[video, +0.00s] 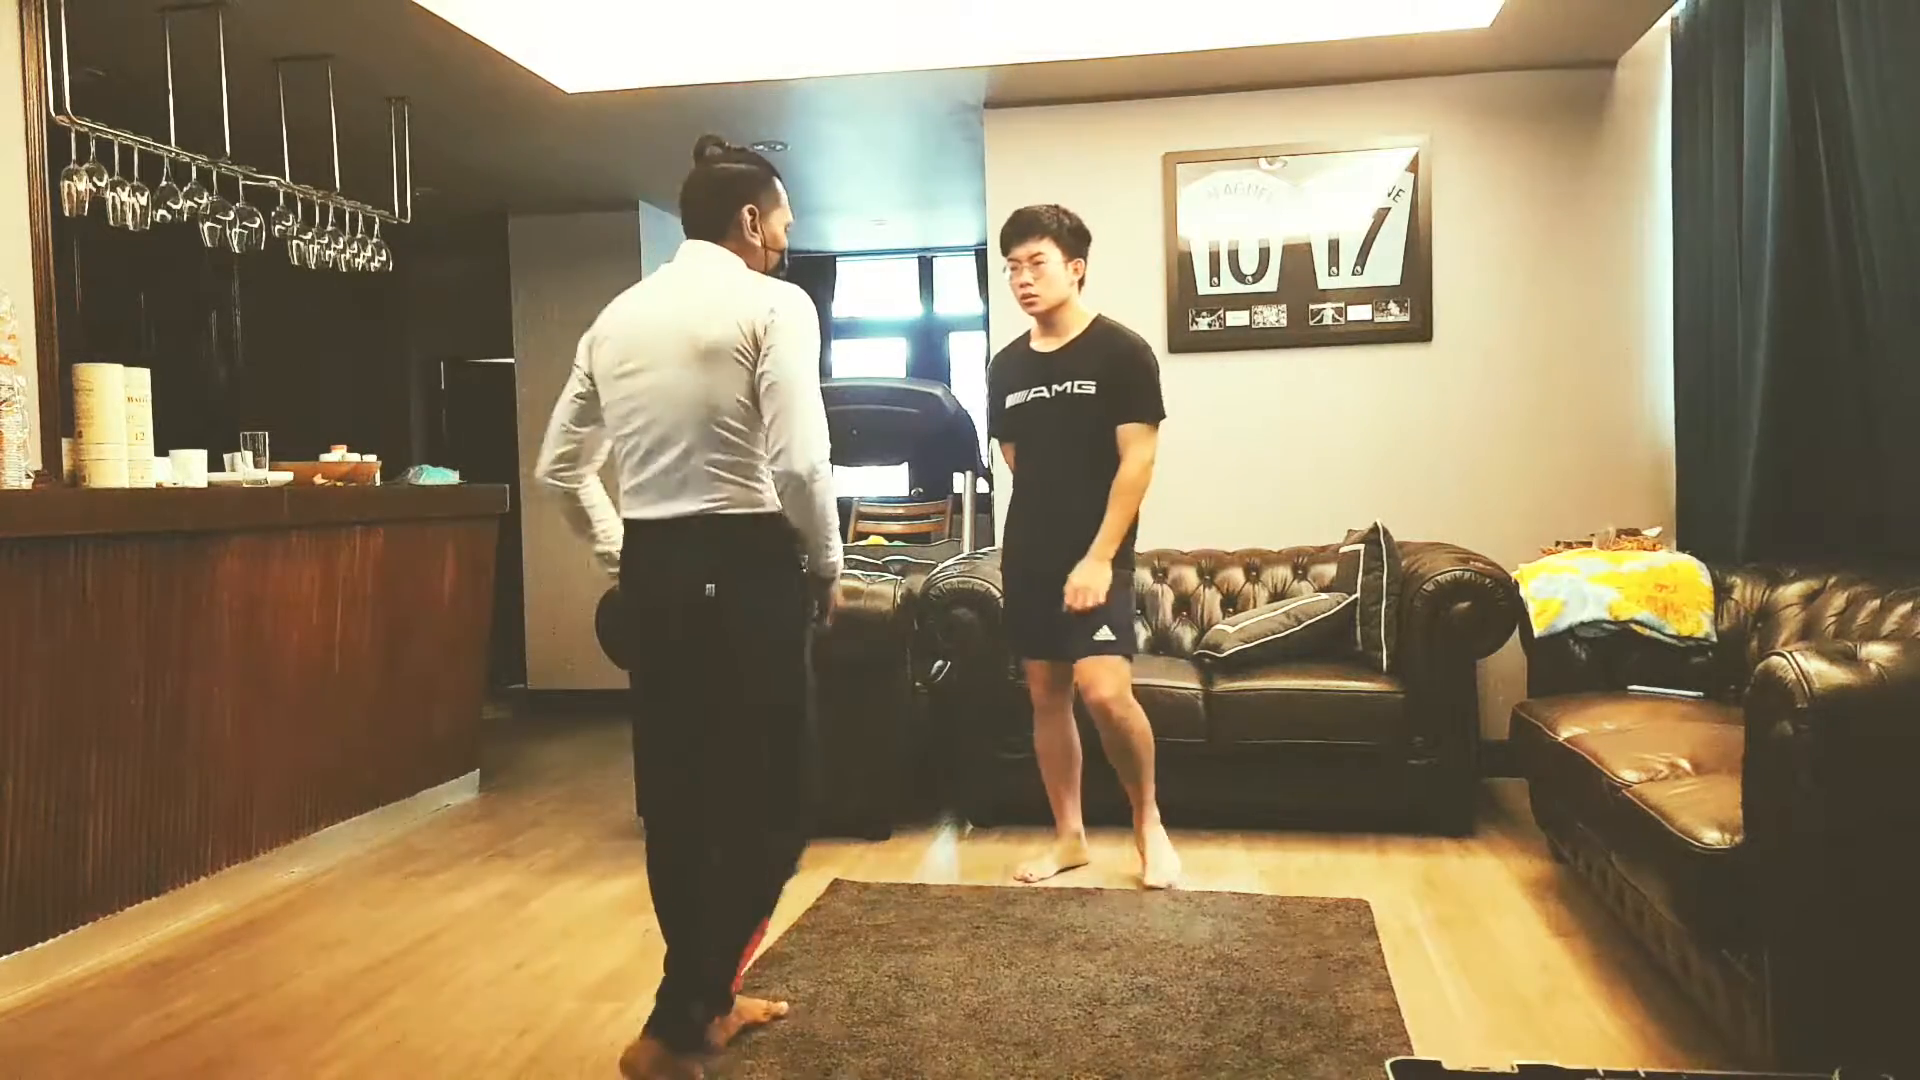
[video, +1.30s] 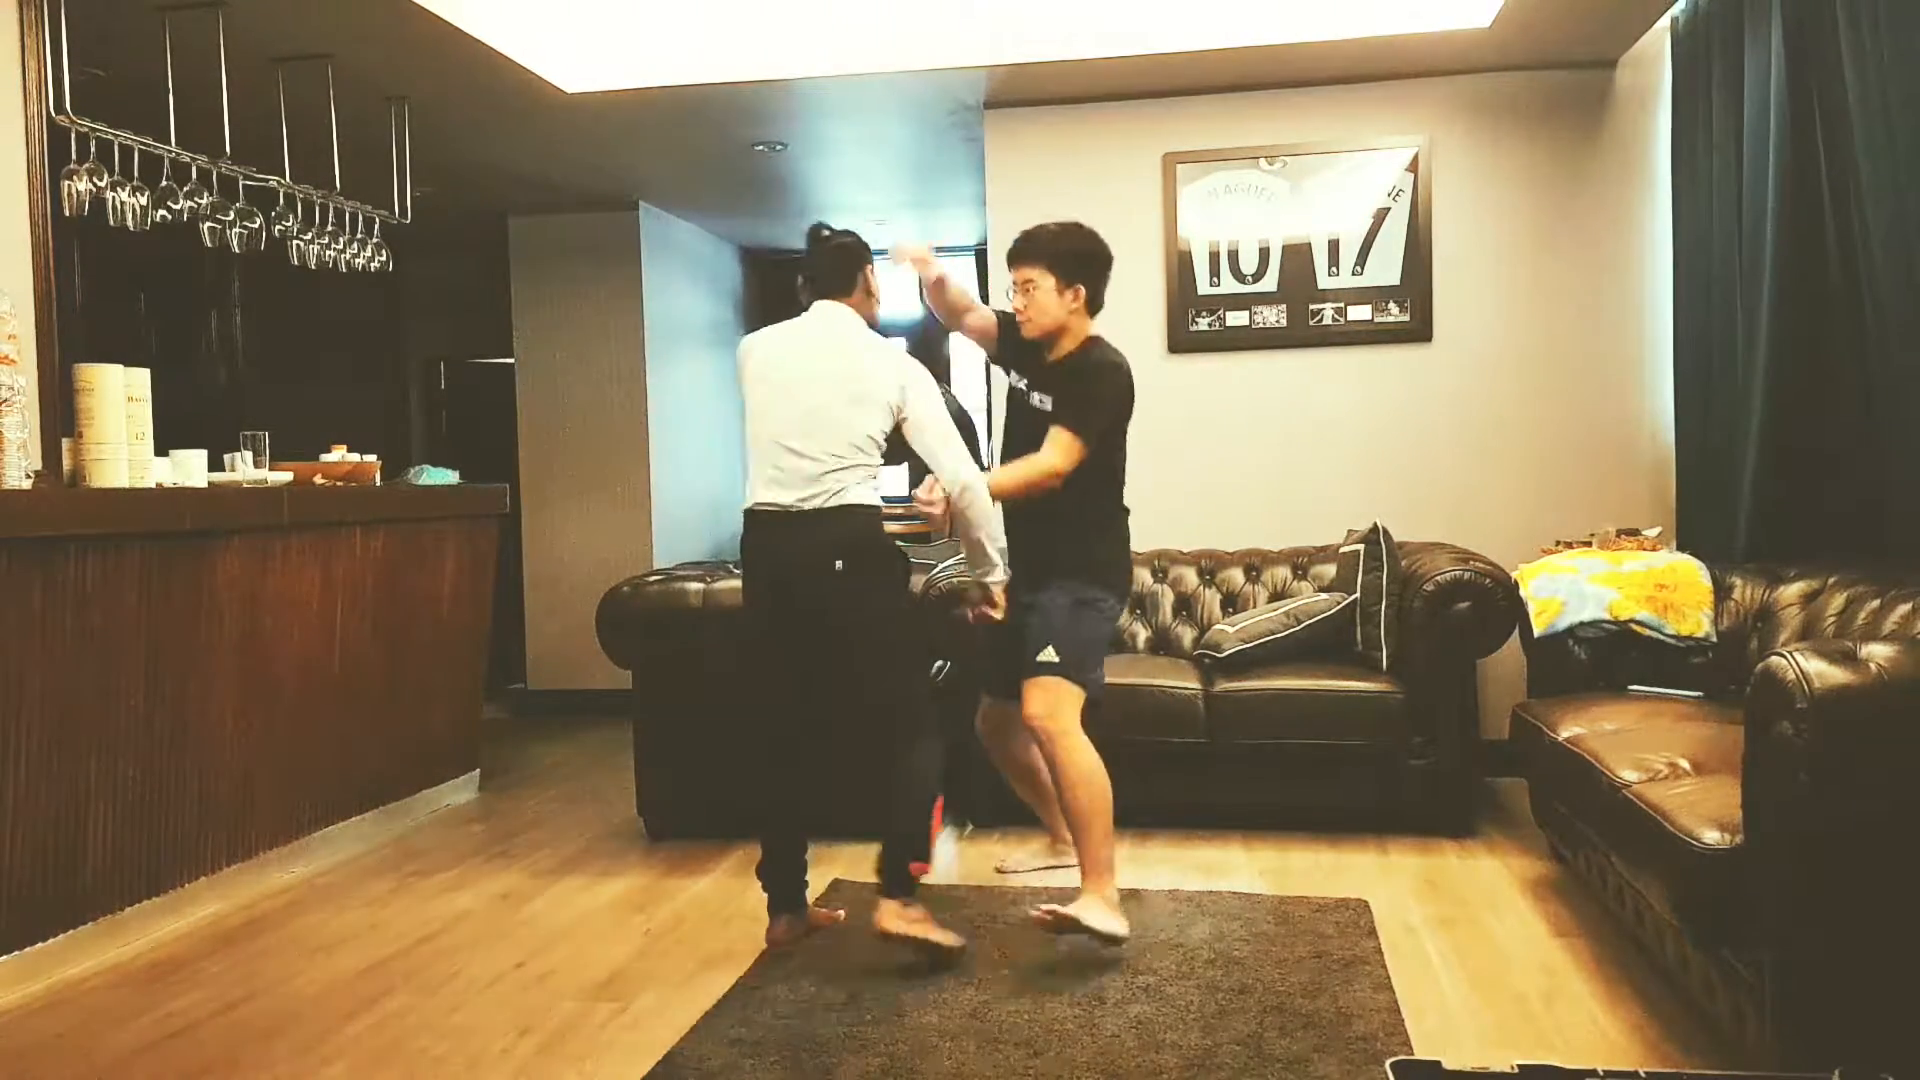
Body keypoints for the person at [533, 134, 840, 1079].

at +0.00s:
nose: (787, 239)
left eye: (786, 221)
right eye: (782, 222)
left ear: (698, 224)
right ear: (751, 220)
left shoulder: (615, 317)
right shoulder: (774, 303)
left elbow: (562, 462)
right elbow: (800, 462)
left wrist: (622, 553)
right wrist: (827, 565)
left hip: (650, 573)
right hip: (750, 569)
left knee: (672, 790)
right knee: (769, 807)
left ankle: (708, 994)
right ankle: (669, 1034)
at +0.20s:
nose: (804, 244)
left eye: (802, 227)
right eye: (798, 227)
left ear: (723, 229)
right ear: (764, 227)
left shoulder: (664, 315)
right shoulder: (774, 310)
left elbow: (652, 462)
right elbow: (794, 465)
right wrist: (847, 523)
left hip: (671, 563)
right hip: (754, 564)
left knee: (692, 789)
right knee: (823, 780)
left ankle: (716, 996)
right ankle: (735, 990)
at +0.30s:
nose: (813, 249)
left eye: (813, 233)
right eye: (808, 232)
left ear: (743, 229)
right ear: (775, 227)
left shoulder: (695, 308)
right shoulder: (766, 311)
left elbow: (725, 465)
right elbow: (789, 460)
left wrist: (821, 510)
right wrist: (860, 442)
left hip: (703, 560)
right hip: (755, 564)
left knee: (731, 779)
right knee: (787, 784)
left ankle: (727, 988)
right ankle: (739, 1006)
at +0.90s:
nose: (852, 270)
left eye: (847, 256)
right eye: (845, 257)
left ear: (776, 268)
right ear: (823, 264)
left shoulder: (732, 349)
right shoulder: (825, 351)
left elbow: (776, 448)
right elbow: (900, 450)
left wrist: (869, 387)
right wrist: (919, 377)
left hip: (761, 549)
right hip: (827, 551)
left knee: (801, 725)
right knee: (841, 745)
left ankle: (798, 885)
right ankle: (763, 958)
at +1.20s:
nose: (864, 281)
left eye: (858, 268)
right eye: (860, 269)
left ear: (786, 280)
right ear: (845, 275)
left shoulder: (735, 348)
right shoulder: (883, 348)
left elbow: (713, 457)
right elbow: (968, 446)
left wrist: (779, 433)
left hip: (769, 549)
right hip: (855, 543)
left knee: (784, 721)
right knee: (890, 715)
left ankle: (785, 914)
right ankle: (839, 897)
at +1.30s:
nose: (882, 293)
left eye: (878, 281)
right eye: (878, 282)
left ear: (806, 288)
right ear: (865, 285)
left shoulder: (754, 350)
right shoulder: (890, 363)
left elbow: (793, 435)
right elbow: (960, 477)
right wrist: (992, 569)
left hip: (768, 546)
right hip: (851, 547)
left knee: (785, 719)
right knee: (911, 715)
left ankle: (786, 909)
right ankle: (899, 896)